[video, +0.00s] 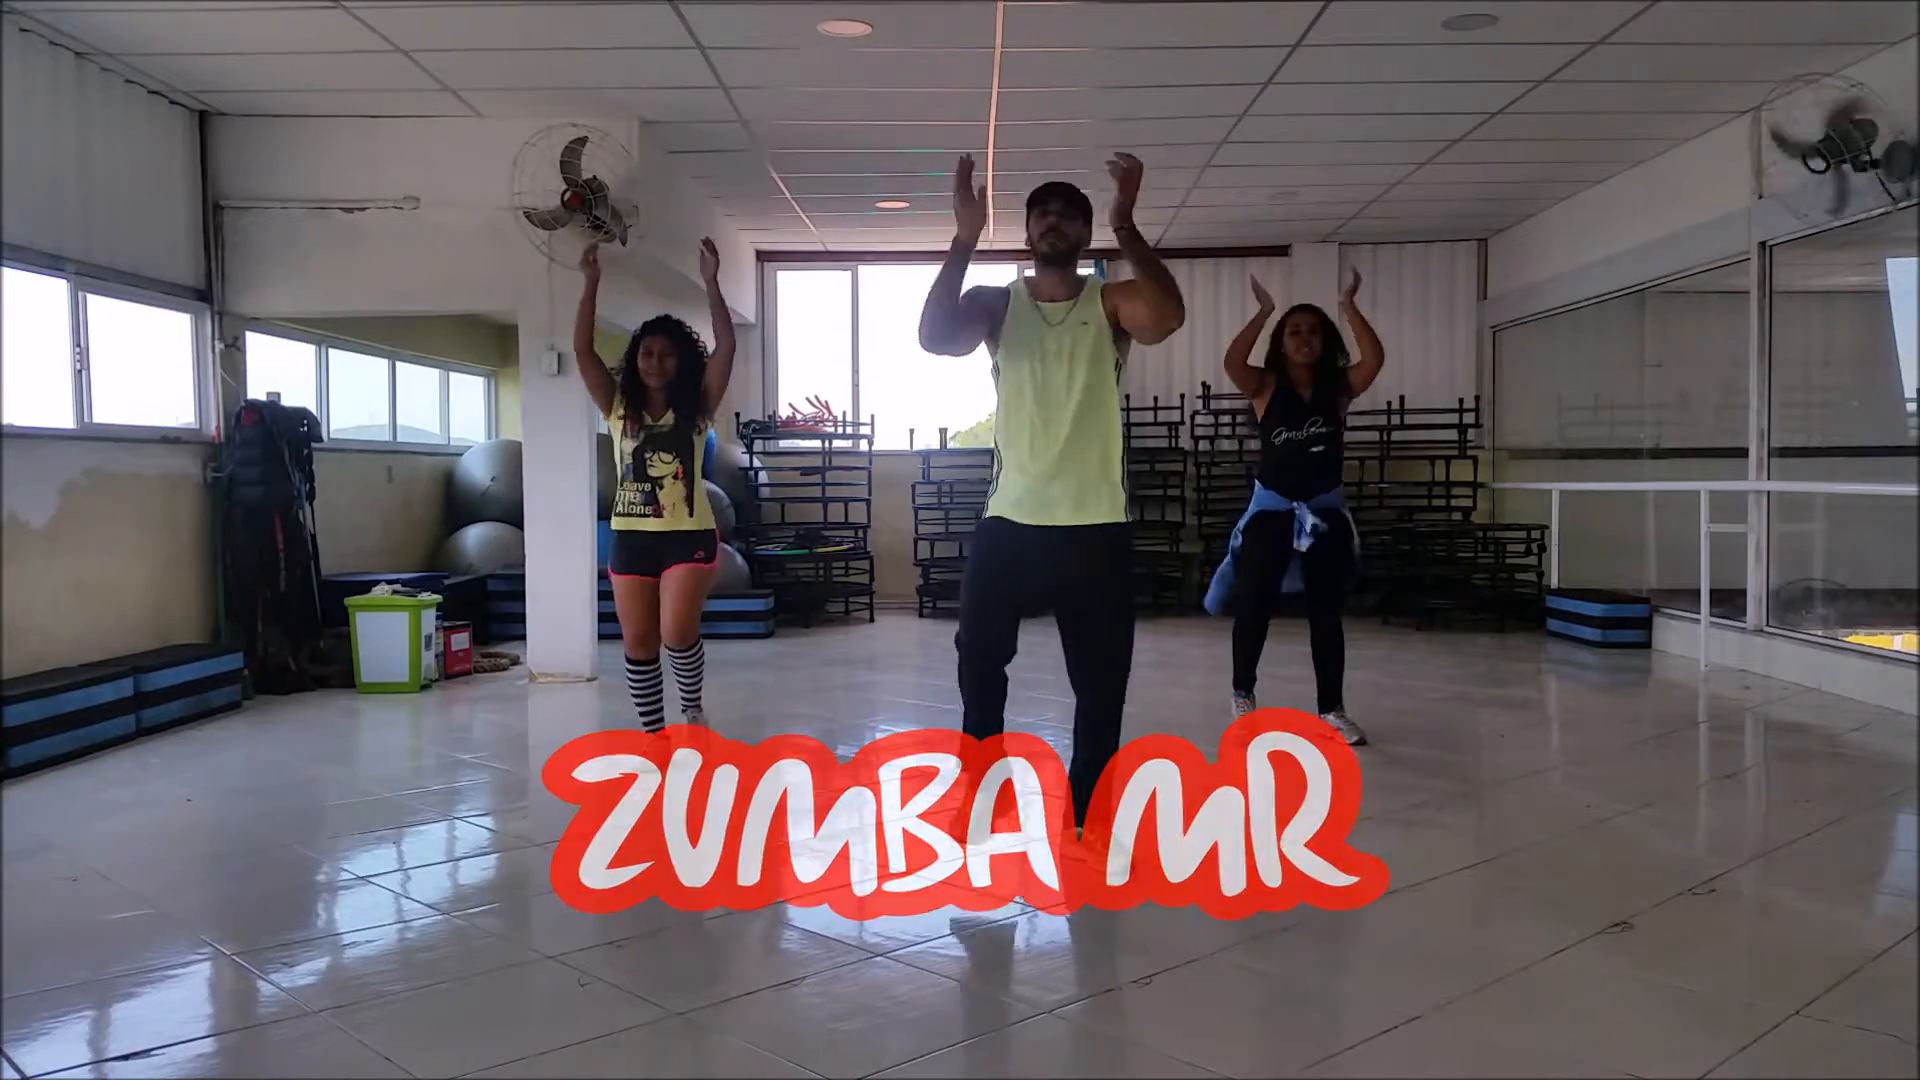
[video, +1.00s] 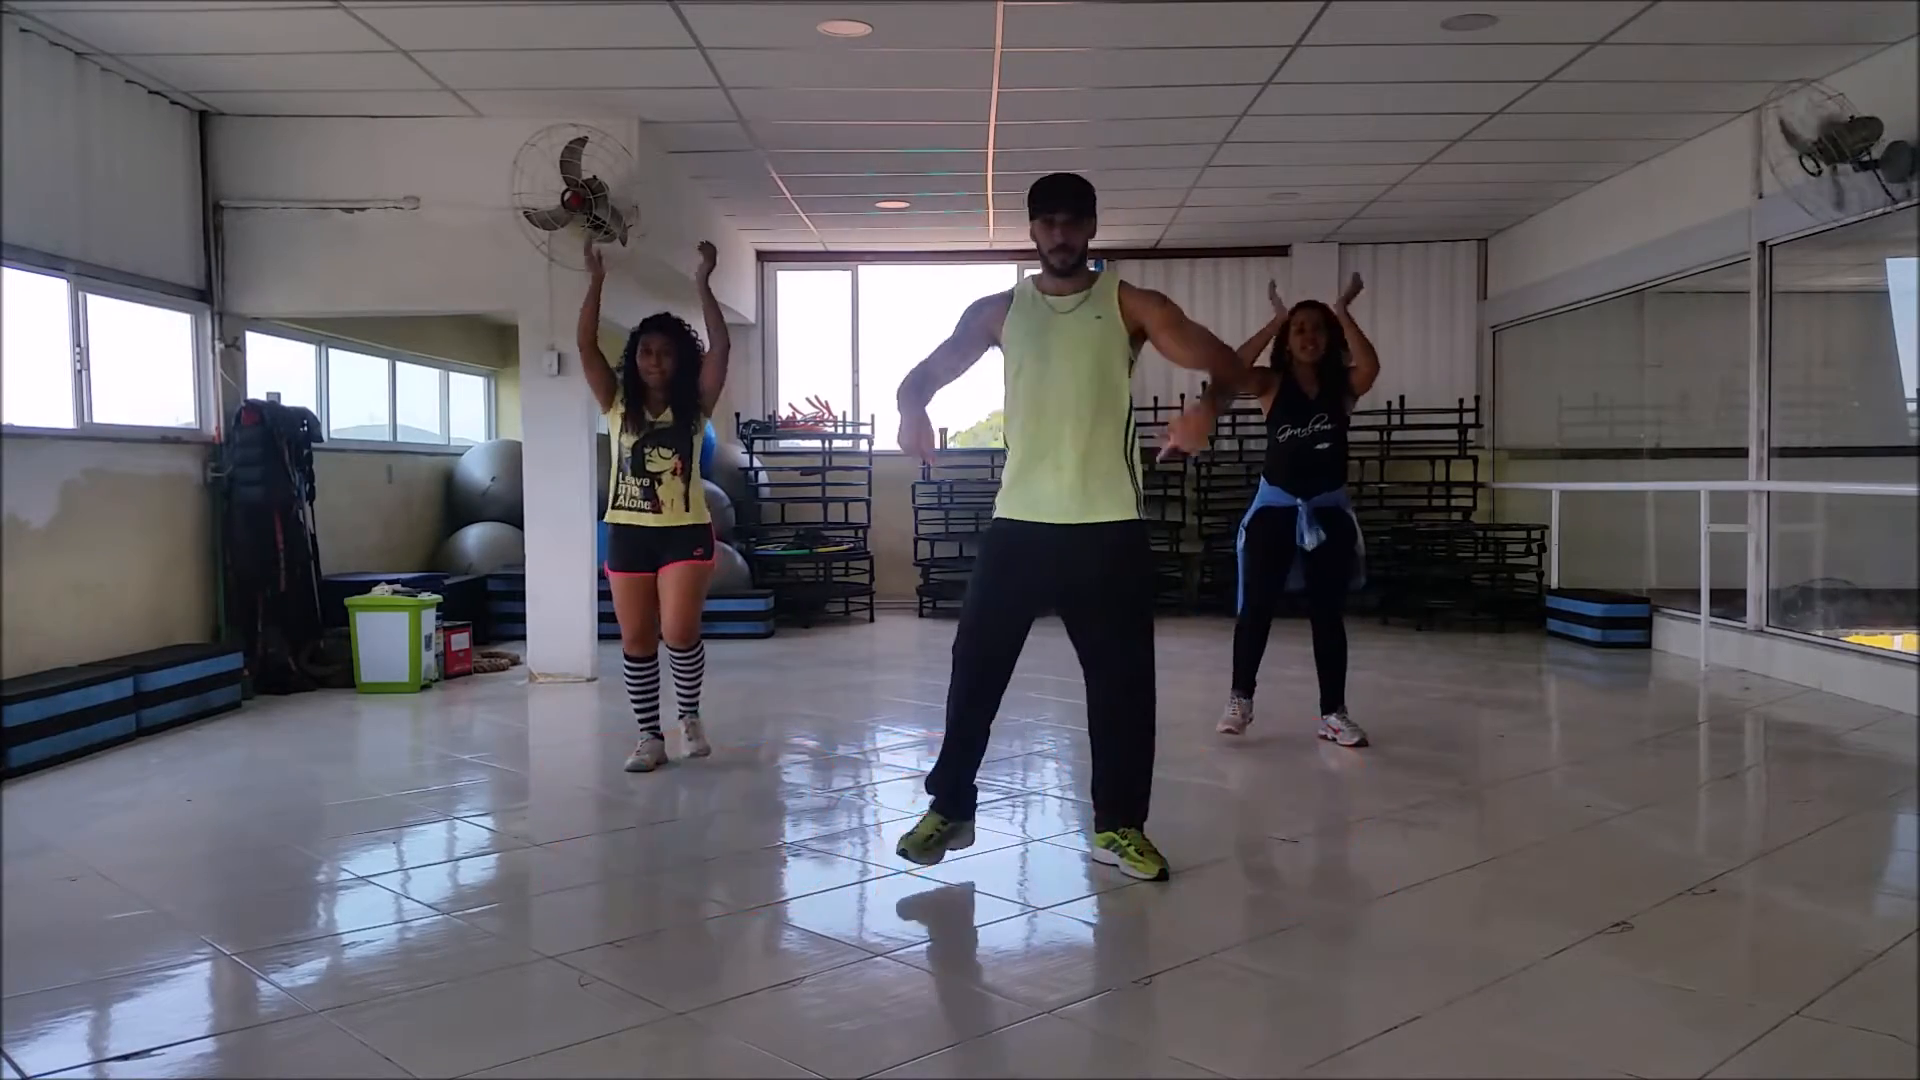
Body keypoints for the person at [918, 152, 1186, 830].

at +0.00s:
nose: (1053, 225)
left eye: (1067, 217)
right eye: (1041, 216)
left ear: (1087, 235)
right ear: (1027, 234)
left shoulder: (1112, 298)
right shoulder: (996, 303)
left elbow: (1167, 313)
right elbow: (935, 336)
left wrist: (1123, 226)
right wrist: (967, 235)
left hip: (1095, 523)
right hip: (1012, 520)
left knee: (1102, 691)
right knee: (979, 666)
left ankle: (1086, 827)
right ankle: (983, 803)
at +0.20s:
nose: (1043, 227)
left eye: (1052, 217)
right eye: (1032, 215)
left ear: (1072, 233)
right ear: (1018, 232)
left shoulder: (1104, 297)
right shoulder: (996, 298)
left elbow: (1140, 301)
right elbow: (963, 331)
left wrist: (1075, 223)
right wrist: (1019, 251)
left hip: (1092, 524)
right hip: (1010, 524)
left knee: (1097, 693)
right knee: (996, 689)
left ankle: (1092, 831)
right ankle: (997, 824)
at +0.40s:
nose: (1040, 225)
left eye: (1051, 216)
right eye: (1027, 215)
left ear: (1064, 236)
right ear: (1000, 234)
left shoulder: (1088, 299)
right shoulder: (980, 303)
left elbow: (1158, 329)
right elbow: (923, 344)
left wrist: (1109, 249)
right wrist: (985, 258)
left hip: (1087, 525)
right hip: (1001, 530)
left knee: (1128, 660)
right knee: (992, 689)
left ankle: (1102, 788)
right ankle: (1001, 823)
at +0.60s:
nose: (1041, 214)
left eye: (1053, 207)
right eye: (1028, 206)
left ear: (1070, 227)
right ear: (1009, 224)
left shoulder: (1091, 293)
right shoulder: (985, 298)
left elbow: (1147, 330)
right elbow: (956, 350)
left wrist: (1108, 245)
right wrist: (979, 250)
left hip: (1092, 515)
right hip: (1006, 518)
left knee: (1124, 667)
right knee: (997, 677)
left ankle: (1116, 810)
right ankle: (1000, 821)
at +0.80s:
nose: (1065, 230)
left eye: (1077, 218)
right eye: (1054, 218)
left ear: (1093, 229)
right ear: (1033, 229)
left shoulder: (1117, 298)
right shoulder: (1009, 303)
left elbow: (1164, 335)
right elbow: (954, 363)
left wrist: (1106, 259)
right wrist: (1002, 280)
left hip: (1106, 520)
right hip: (1021, 520)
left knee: (1123, 679)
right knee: (990, 674)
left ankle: (1119, 823)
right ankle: (992, 811)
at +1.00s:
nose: (1060, 233)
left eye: (1073, 221)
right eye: (1047, 221)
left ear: (1094, 227)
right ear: (1030, 229)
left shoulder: (1133, 306)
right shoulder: (1000, 312)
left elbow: (1231, 366)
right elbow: (923, 378)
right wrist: (913, 410)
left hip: (1108, 529)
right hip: (1018, 527)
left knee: (1124, 686)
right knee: (975, 669)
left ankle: (1119, 823)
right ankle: (951, 808)